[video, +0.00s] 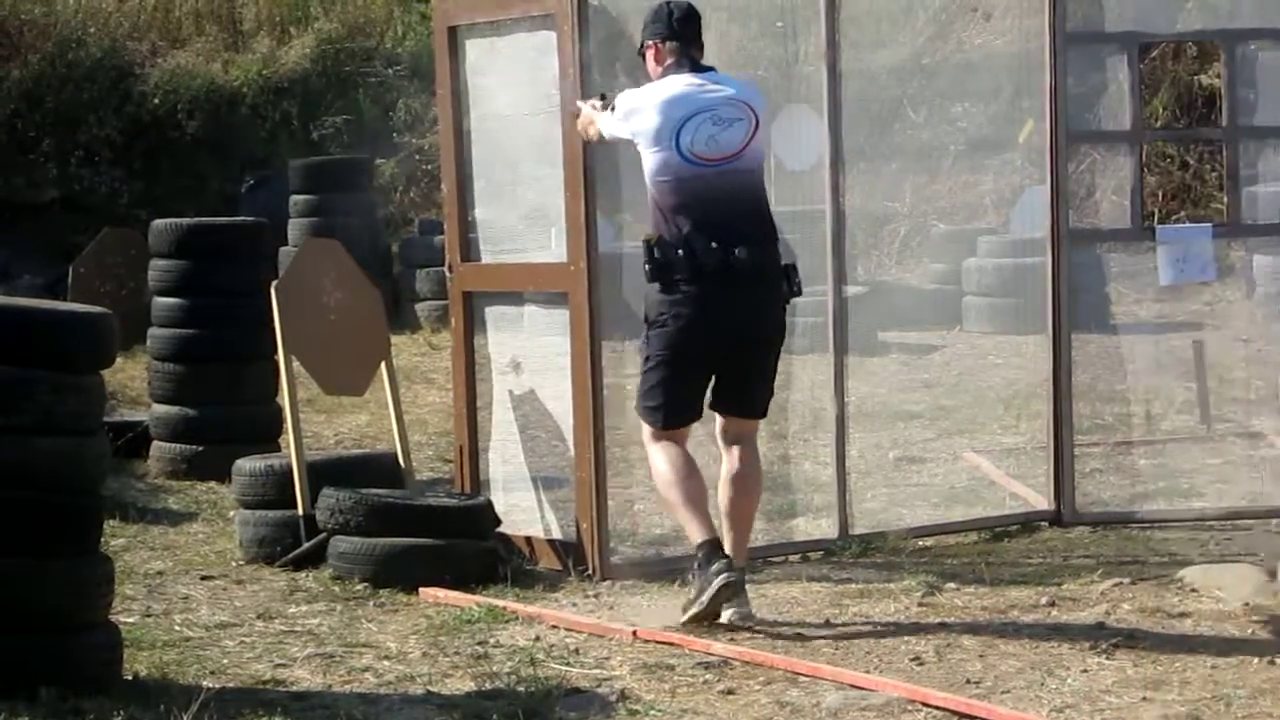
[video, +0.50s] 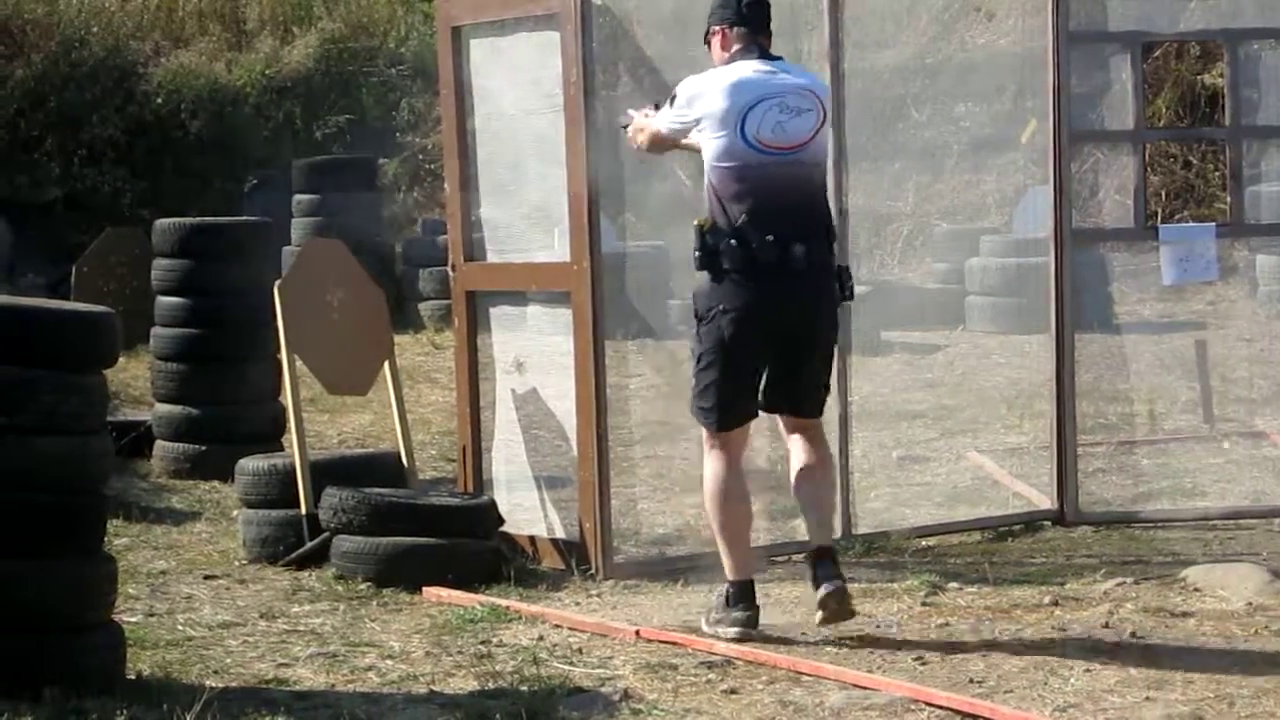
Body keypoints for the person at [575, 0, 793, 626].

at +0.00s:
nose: (645, 63)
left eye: (645, 55)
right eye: (646, 56)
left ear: (656, 53)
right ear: (701, 47)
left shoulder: (649, 104)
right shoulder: (752, 93)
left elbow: (592, 125)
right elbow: (708, 102)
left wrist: (590, 110)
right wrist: (675, 77)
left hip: (688, 296)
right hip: (761, 292)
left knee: (664, 435)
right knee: (740, 434)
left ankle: (710, 560)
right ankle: (733, 584)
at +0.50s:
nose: (709, 50)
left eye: (710, 40)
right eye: (712, 40)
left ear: (721, 38)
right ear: (765, 36)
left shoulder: (708, 89)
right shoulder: (815, 87)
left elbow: (652, 137)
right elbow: (753, 125)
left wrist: (640, 123)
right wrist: (687, 123)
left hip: (736, 286)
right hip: (814, 282)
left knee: (723, 444)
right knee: (804, 427)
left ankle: (739, 601)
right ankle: (826, 566)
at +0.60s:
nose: (750, 40)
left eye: (749, 32)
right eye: (777, 31)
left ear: (751, 35)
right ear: (804, 36)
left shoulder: (722, 88)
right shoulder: (832, 87)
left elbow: (666, 155)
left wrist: (673, 120)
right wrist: (711, 111)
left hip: (749, 289)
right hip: (829, 288)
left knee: (728, 443)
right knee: (846, 436)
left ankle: (740, 599)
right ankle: (858, 571)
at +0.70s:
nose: (855, 61)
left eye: (855, 52)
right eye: (852, 50)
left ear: (794, 41)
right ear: (830, 42)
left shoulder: (739, 101)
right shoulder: (863, 107)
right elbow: (858, 185)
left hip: (763, 296)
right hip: (845, 296)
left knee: (731, 441)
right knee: (889, 442)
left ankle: (743, 598)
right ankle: (888, 576)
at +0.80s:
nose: (881, 89)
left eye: (883, 77)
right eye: (877, 76)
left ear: (828, 67)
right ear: (843, 65)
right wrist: (886, 188)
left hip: (757, 326)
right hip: (841, 328)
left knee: (726, 452)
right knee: (925, 463)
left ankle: (720, 605)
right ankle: (890, 588)